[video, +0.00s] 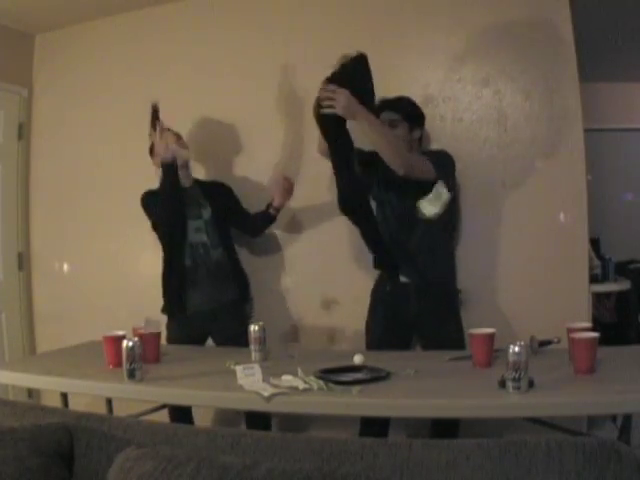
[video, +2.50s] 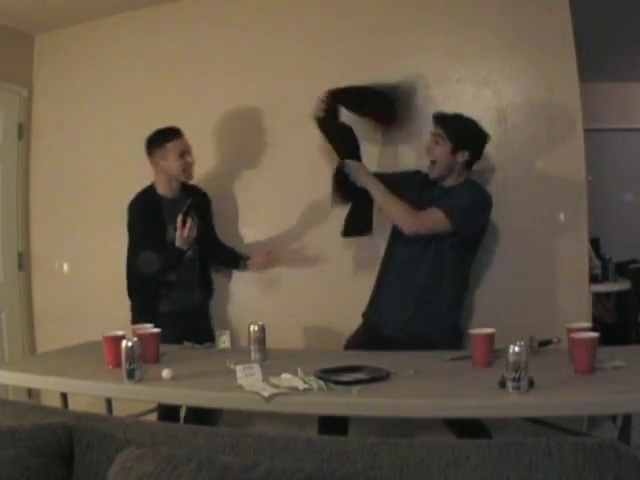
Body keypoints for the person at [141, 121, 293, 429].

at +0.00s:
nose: (175, 148)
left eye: (178, 143)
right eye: (166, 146)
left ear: (188, 151)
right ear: (155, 158)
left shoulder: (217, 191)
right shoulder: (154, 199)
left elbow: (251, 227)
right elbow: (170, 227)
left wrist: (275, 205)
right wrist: (168, 167)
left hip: (229, 303)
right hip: (186, 308)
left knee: (249, 379)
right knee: (176, 383)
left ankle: (263, 448)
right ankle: (185, 449)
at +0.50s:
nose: (225, 147)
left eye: (228, 141)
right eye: (215, 143)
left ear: (235, 149)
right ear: (201, 155)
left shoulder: (261, 192)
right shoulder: (196, 203)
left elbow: (288, 239)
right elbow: (208, 234)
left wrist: (311, 218)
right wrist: (196, 178)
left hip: (270, 308)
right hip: (222, 312)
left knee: (277, 391)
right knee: (201, 391)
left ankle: (270, 459)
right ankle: (187, 457)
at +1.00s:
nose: (219, 145)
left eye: (225, 139)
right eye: (211, 140)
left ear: (234, 149)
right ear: (199, 154)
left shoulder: (256, 198)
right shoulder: (195, 197)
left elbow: (274, 247)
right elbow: (189, 189)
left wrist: (301, 238)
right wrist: (184, 144)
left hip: (259, 306)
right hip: (215, 308)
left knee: (273, 388)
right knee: (199, 388)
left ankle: (269, 458)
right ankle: (190, 455)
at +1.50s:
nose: (189, 143)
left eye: (192, 137)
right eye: (180, 138)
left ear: (198, 146)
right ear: (165, 150)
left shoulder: (219, 190)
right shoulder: (156, 193)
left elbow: (248, 236)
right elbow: (161, 191)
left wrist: (274, 222)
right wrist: (158, 139)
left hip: (233, 300)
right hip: (190, 304)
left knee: (255, 380)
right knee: (188, 385)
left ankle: (264, 452)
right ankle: (190, 455)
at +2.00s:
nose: (144, 154)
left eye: (140, 148)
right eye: (134, 151)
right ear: (115, 165)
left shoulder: (162, 192)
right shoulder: (113, 211)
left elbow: (191, 235)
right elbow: (144, 260)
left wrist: (236, 227)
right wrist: (183, 226)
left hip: (205, 297)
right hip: (168, 310)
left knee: (250, 348)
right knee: (171, 382)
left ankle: (251, 427)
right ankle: (166, 451)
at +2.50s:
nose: (189, 159)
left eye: (188, 153)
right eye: (180, 155)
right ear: (157, 164)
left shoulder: (198, 199)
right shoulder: (142, 206)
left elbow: (210, 248)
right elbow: (144, 267)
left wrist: (245, 261)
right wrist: (179, 247)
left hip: (196, 311)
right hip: (158, 316)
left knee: (206, 391)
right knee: (169, 394)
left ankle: (198, 456)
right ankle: (167, 459)